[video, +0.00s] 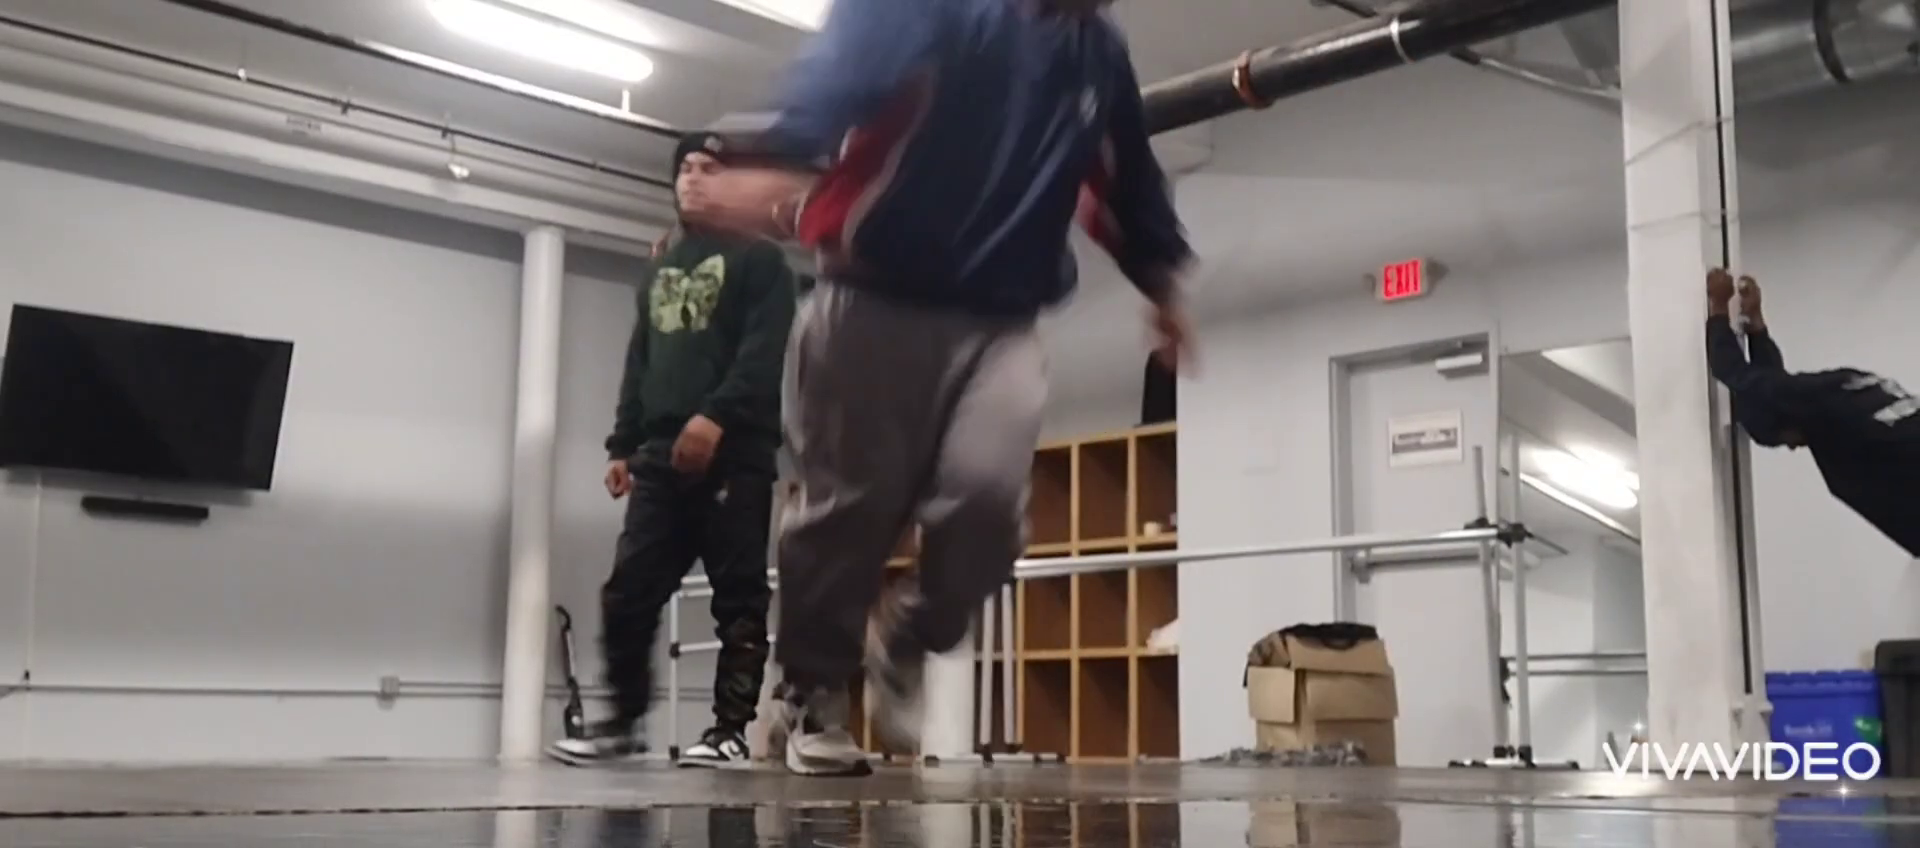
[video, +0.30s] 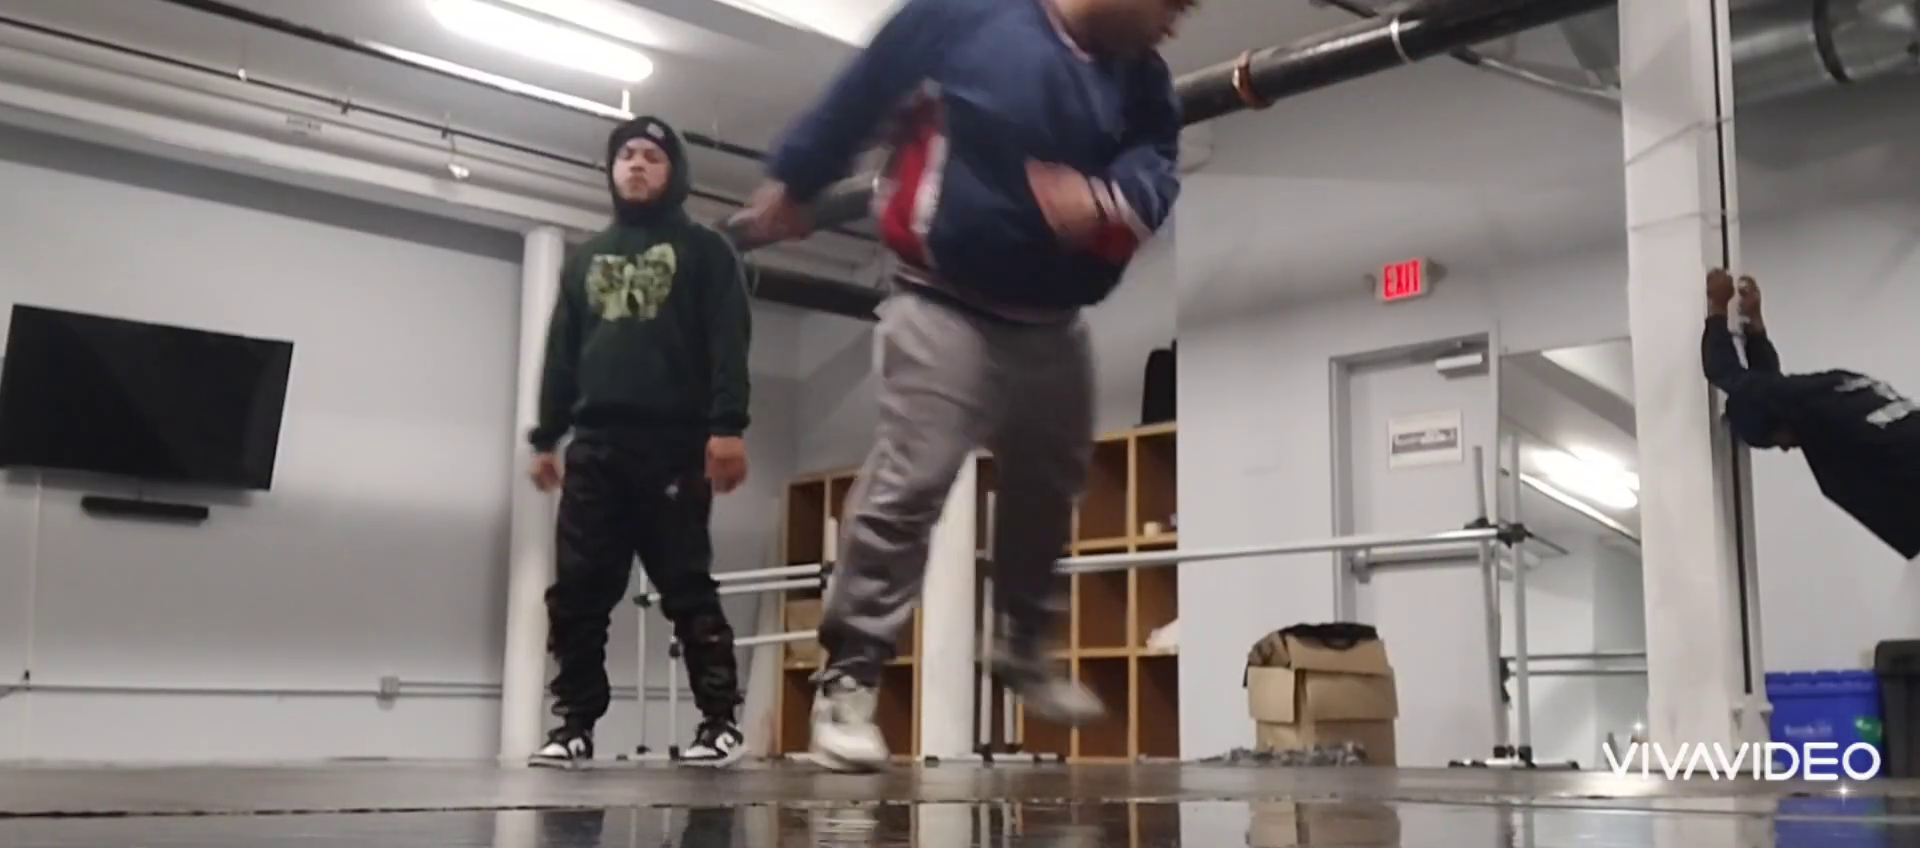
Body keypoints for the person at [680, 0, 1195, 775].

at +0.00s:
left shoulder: (1095, 44)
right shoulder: (934, 9)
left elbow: (1129, 172)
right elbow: (844, 63)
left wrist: (1164, 287)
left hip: (999, 321)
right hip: (872, 302)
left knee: (986, 494)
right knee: (844, 512)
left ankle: (908, 639)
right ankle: (817, 696)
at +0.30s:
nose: (1173, 26)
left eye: (1179, 14)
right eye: (1168, 8)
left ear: (1146, 13)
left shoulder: (1143, 78)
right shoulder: (964, 17)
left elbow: (1155, 177)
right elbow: (860, 92)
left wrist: (1104, 200)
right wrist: (791, 181)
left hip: (1051, 322)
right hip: (941, 306)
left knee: (1046, 496)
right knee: (909, 489)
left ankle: (1024, 653)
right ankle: (849, 683)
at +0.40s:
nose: (1210, 73)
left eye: (1222, 60)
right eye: (1209, 51)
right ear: (1163, 14)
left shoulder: (1170, 124)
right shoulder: (1014, 58)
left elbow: (1186, 227)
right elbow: (900, 127)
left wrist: (1126, 201)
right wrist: (809, 200)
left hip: (1083, 368)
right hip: (972, 353)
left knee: (1107, 541)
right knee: (934, 526)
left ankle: (1132, 696)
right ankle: (853, 696)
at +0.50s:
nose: (1243, 146)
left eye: (1255, 135)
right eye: (1244, 124)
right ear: (1203, 81)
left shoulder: (1209, 187)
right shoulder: (1066, 129)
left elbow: (1237, 290)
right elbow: (937, 189)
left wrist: (1224, 322)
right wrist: (824, 237)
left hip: (1134, 428)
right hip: (1024, 413)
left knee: (1169, 580)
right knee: (965, 550)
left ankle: (1181, 730)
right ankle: (858, 705)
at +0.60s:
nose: (1289, 203)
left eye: (1301, 193)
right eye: (1294, 184)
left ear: (1282, 150)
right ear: (1272, 137)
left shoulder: (1241, 207)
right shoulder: (1135, 160)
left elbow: (1245, 315)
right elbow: (1030, 226)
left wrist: (1235, 419)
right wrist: (968, 309)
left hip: (1156, 428)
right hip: (1060, 416)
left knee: (1186, 583)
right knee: (1035, 552)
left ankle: (1185, 729)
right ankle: (923, 698)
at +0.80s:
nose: (1379, 349)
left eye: (1391, 341)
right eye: (1391, 339)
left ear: (1373, 264)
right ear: (1385, 314)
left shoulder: (1270, 234)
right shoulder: (1279, 334)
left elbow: (1167, 206)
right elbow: (1250, 494)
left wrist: (1157, 177)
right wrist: (1298, 624)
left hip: (1038, 376)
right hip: (1075, 431)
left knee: (1067, 567)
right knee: (1094, 588)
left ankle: (1046, 699)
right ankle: (1024, 731)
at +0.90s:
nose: (1430, 444)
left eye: (1439, 428)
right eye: (1438, 436)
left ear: (1410, 357)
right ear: (1424, 427)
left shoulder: (1329, 318)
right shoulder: (1342, 443)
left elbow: (1298, 253)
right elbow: (1351, 584)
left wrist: (1315, 207)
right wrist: (1403, 701)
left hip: (1051, 364)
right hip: (1086, 457)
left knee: (977, 478)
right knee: (1107, 599)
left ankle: (884, 541)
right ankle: (1033, 729)